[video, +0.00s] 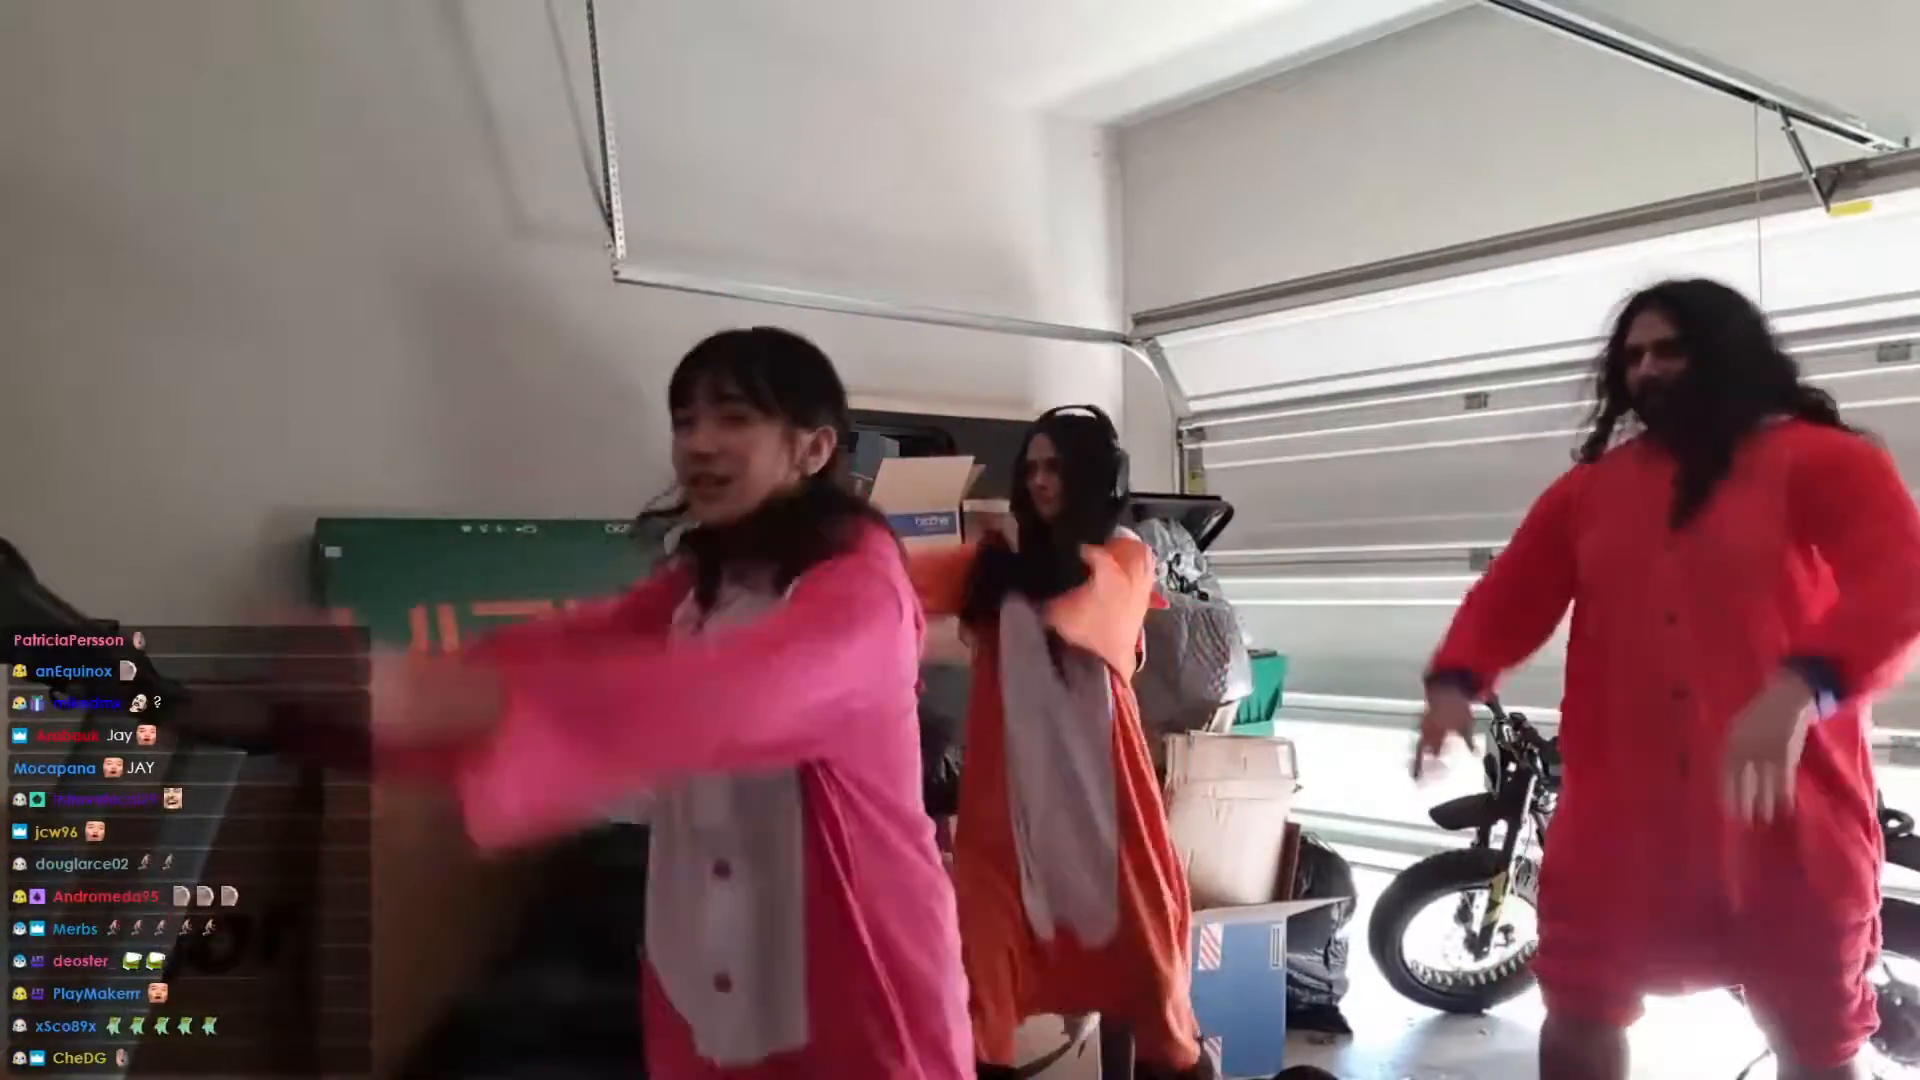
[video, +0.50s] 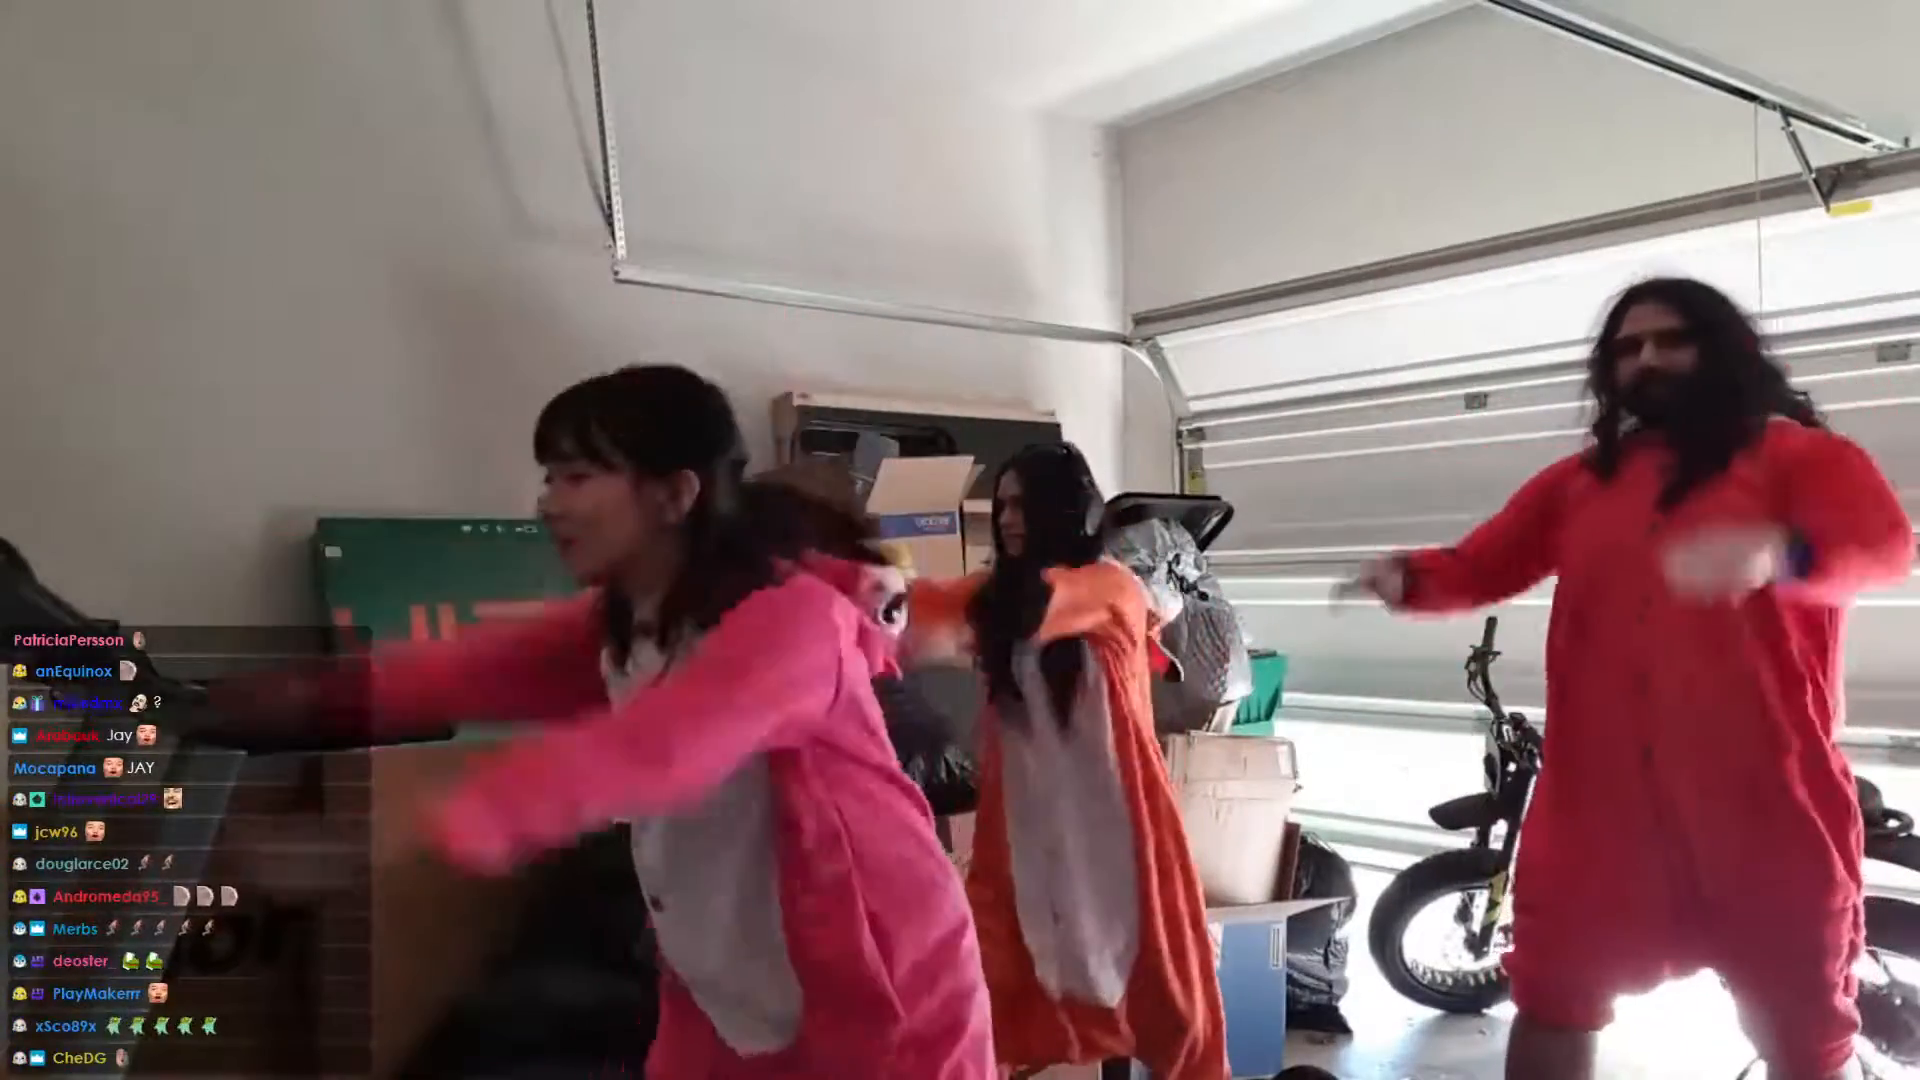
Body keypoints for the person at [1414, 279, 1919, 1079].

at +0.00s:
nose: (1645, 372)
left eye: (1667, 352)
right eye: (1631, 357)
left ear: (1722, 354)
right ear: (1617, 373)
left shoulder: (1824, 464)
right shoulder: (1592, 492)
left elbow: (1899, 588)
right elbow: (1513, 592)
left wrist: (1803, 687)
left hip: (1791, 822)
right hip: (1617, 819)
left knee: (1819, 1051)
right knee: (1578, 1033)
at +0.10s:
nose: (1657, 374)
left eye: (1679, 353)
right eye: (1642, 359)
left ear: (1735, 356)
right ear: (1627, 375)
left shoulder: (1823, 453)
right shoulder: (1605, 480)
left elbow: (1901, 512)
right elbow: (1508, 537)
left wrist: (1769, 525)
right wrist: (1426, 554)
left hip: (1787, 812)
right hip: (1621, 802)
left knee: (1822, 1047)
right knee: (1564, 1003)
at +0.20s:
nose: (1652, 388)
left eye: (1677, 369)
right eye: (1637, 374)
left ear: (1735, 375)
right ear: (1622, 389)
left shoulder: (1812, 477)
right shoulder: (1595, 482)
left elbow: (1862, 422)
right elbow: (1466, 455)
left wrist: (1758, 273)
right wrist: (1436, 328)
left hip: (1789, 834)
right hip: (1615, 826)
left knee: (1822, 1063)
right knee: (1546, 1032)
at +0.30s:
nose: (1641, 392)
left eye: (1669, 373)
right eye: (1627, 376)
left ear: (1729, 383)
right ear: (1611, 394)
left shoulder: (1804, 473)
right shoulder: (1588, 481)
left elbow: (1840, 394)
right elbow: (1470, 438)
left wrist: (1767, 237)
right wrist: (1449, 306)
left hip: (1779, 833)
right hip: (1611, 823)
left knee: (1815, 1057)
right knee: (1539, 1004)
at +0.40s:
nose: (1652, 369)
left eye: (1676, 350)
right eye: (1634, 356)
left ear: (1729, 362)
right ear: (1614, 377)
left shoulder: (1795, 457)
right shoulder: (1587, 472)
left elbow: (1868, 454)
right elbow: (1462, 486)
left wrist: (1769, 339)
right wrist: (1403, 401)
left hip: (1770, 814)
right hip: (1599, 808)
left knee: (1807, 1057)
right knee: (1539, 1014)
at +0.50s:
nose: (1648, 361)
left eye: (1671, 340)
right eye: (1628, 347)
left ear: (1720, 351)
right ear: (1606, 372)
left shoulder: (1802, 459)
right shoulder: (1578, 485)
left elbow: (1885, 546)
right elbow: (1483, 565)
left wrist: (1781, 553)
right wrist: (1409, 578)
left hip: (1764, 817)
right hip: (1597, 813)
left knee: (1808, 1051)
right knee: (1548, 1025)